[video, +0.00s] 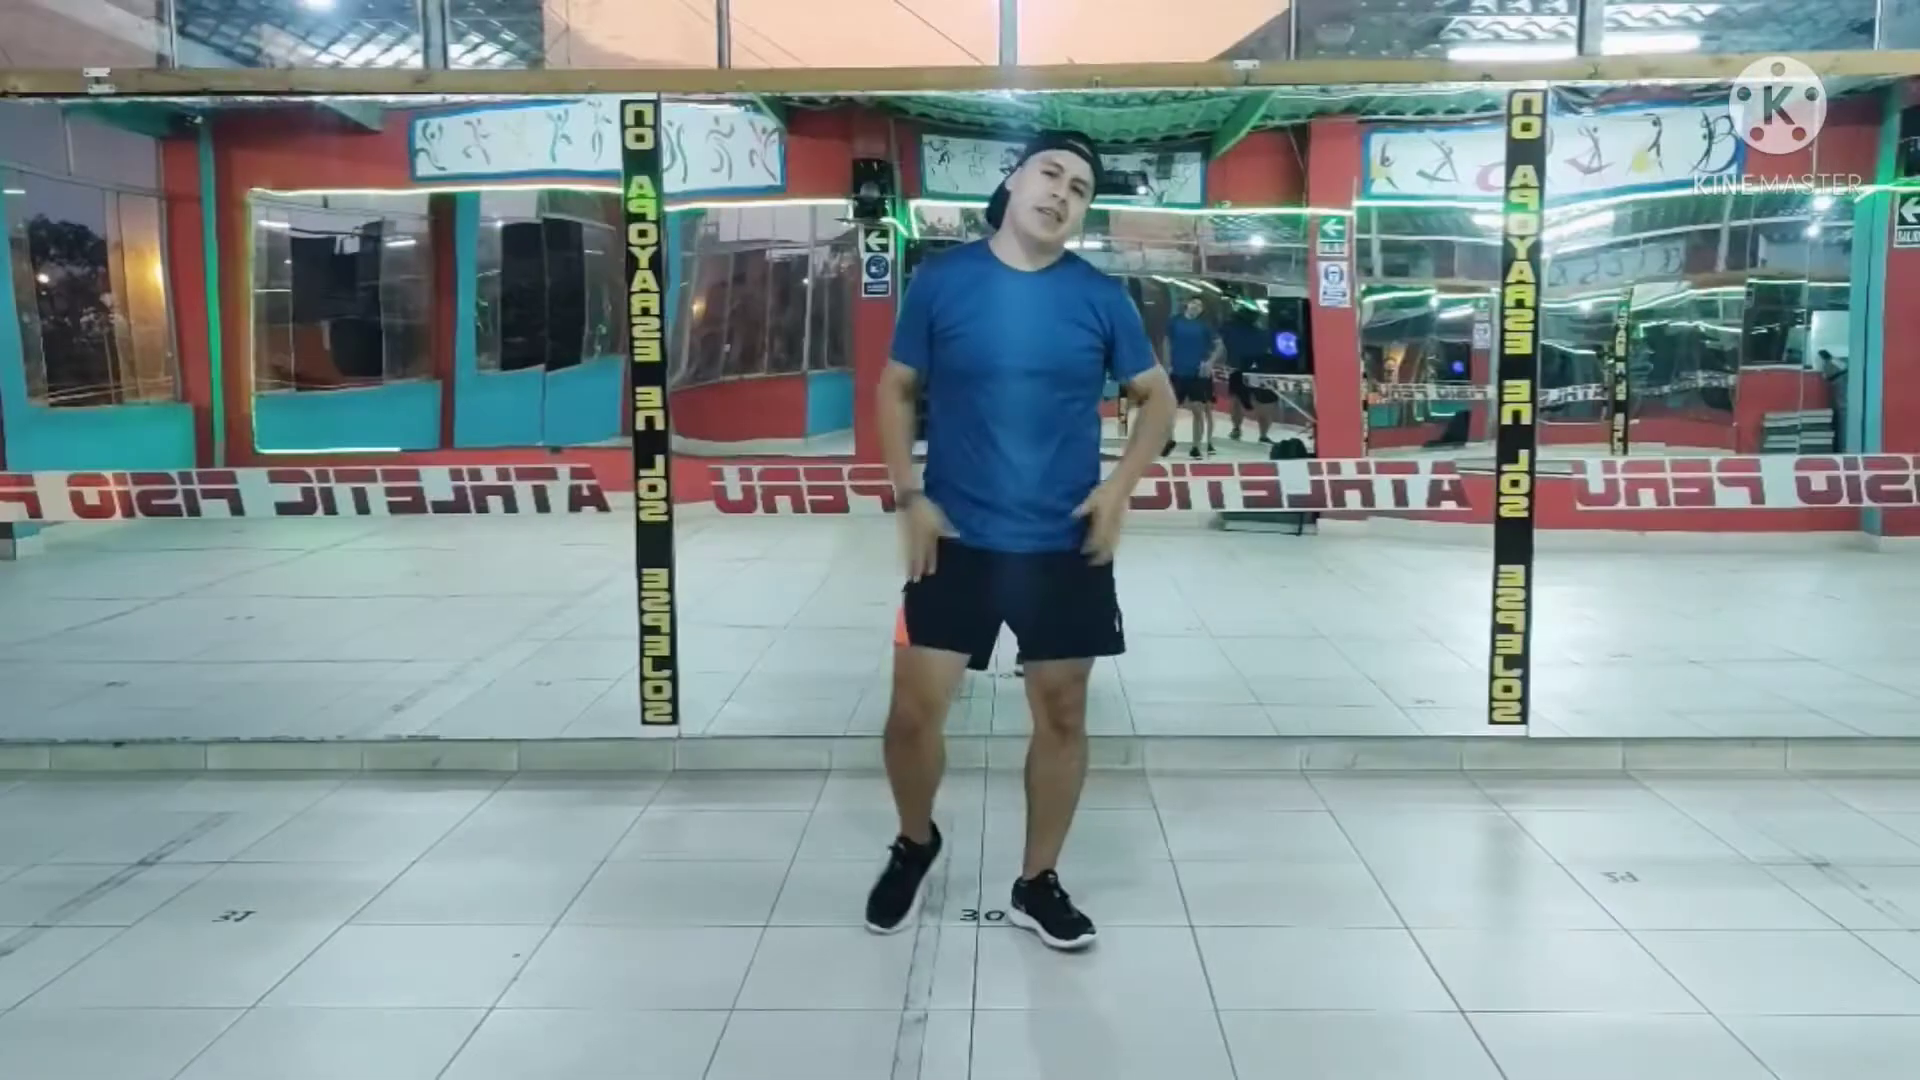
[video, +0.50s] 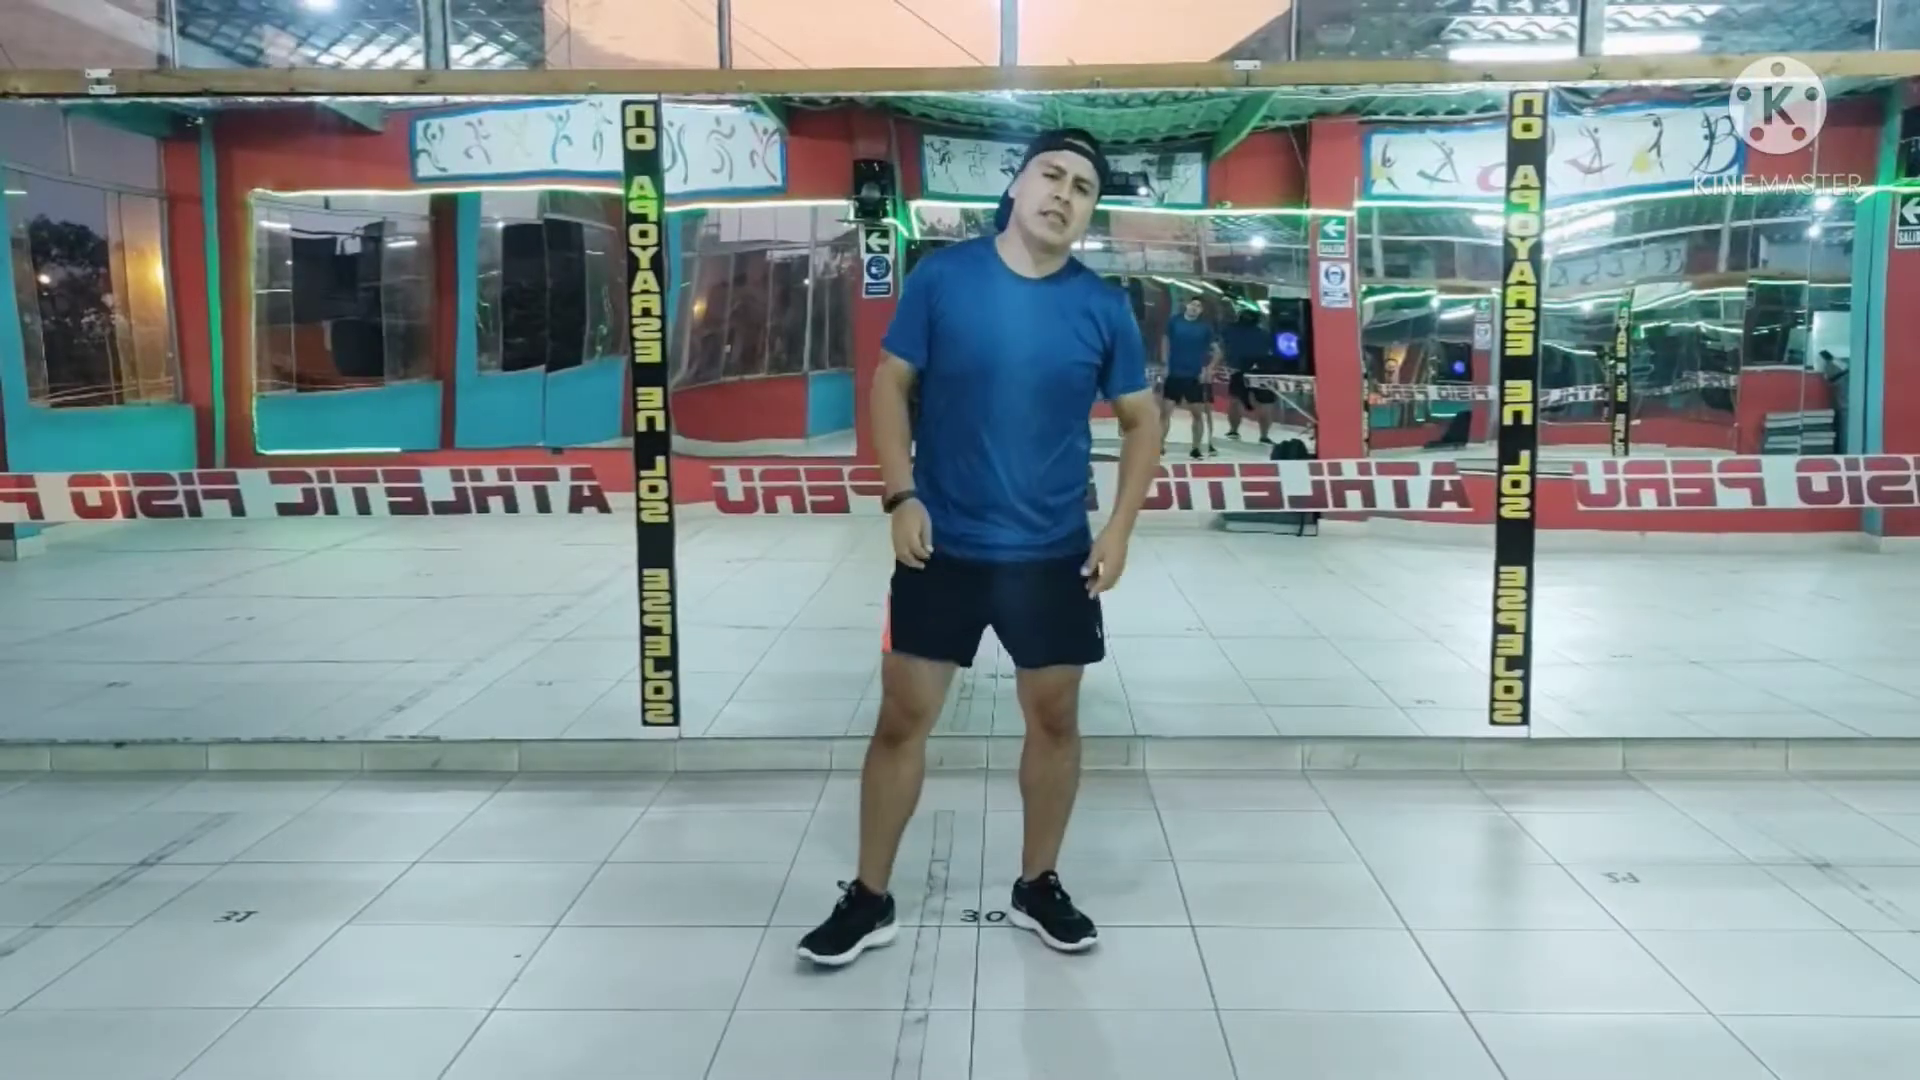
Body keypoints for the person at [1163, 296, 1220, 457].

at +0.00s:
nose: (1195, 308)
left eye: (1198, 306)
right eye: (1193, 304)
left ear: (1201, 309)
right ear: (1187, 305)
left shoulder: (1204, 325)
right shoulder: (1174, 322)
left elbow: (1219, 346)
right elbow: (1166, 342)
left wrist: (1209, 363)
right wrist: (1167, 364)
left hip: (1197, 373)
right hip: (1177, 372)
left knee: (1197, 410)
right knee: (1168, 407)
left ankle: (1196, 445)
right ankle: (1169, 438)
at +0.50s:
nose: (1194, 308)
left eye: (1197, 306)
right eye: (1192, 305)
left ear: (1201, 310)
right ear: (1186, 306)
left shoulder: (1205, 327)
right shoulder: (1174, 322)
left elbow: (1217, 351)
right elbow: (1166, 341)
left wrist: (1209, 369)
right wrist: (1165, 365)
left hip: (1194, 375)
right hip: (1174, 372)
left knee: (1197, 413)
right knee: (1165, 410)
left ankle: (1196, 447)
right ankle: (1160, 443)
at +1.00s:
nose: (1177, 308)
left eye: (1180, 306)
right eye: (1174, 305)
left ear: (1186, 309)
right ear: (1170, 308)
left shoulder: (1193, 328)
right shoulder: (1162, 327)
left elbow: (1198, 349)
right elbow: (1154, 346)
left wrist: (1185, 347)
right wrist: (1147, 365)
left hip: (1188, 378)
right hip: (1168, 377)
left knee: (1198, 413)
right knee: (1162, 412)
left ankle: (1208, 447)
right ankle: (1158, 447)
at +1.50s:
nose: (1180, 308)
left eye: (1184, 305)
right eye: (1178, 305)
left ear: (1191, 309)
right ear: (1174, 308)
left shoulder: (1197, 327)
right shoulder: (1168, 326)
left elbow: (1203, 349)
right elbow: (1162, 347)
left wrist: (1189, 342)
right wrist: (1159, 367)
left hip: (1191, 378)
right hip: (1171, 377)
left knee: (1203, 416)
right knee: (1164, 414)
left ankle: (1209, 449)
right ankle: (1160, 447)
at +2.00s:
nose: (1181, 308)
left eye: (1185, 306)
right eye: (1179, 305)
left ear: (1190, 309)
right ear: (1175, 308)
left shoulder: (1197, 327)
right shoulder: (1167, 326)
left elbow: (1203, 349)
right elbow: (1161, 346)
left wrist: (1189, 342)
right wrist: (1155, 368)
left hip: (1191, 379)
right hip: (1171, 378)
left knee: (1202, 416)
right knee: (1165, 415)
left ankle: (1210, 450)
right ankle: (1160, 448)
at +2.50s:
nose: (1181, 309)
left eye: (1185, 306)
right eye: (1179, 306)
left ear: (1191, 310)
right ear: (1175, 308)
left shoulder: (1198, 328)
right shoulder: (1167, 327)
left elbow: (1204, 350)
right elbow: (1162, 347)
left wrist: (1190, 343)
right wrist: (1157, 368)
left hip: (1192, 379)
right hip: (1172, 378)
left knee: (1203, 416)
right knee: (1165, 415)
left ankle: (1211, 450)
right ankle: (1162, 448)